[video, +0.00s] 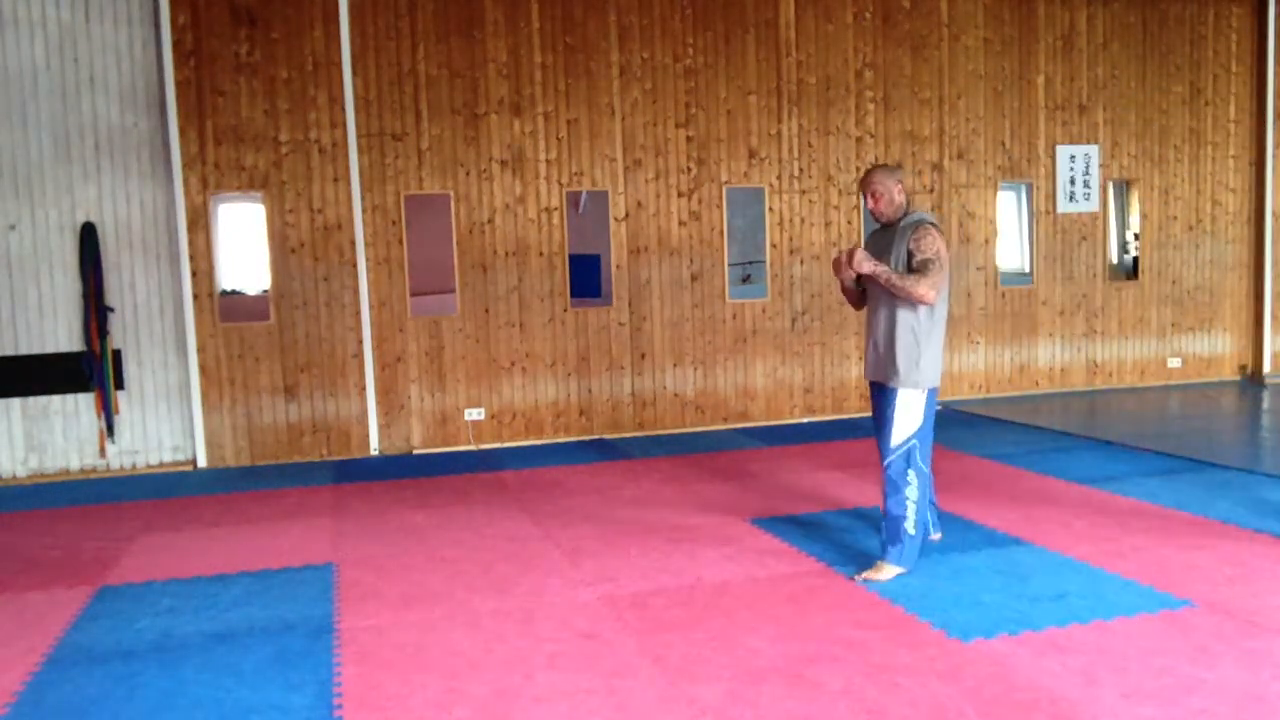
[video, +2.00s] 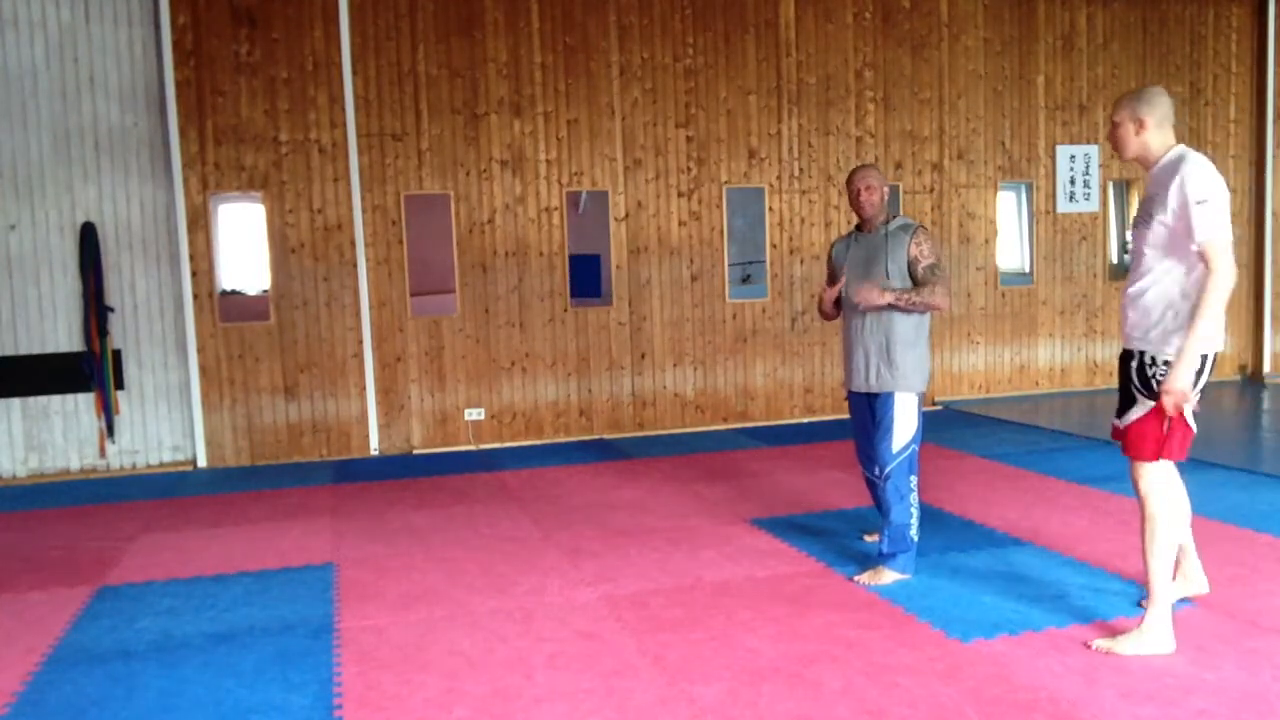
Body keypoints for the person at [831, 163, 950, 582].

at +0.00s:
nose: (871, 204)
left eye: (876, 194)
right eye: (867, 197)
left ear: (899, 191)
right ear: (868, 201)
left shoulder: (924, 233)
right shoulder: (878, 239)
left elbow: (926, 291)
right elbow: (861, 301)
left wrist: (874, 270)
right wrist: (847, 280)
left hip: (913, 366)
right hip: (884, 363)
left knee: (899, 460)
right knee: (903, 454)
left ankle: (899, 554)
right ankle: (926, 524)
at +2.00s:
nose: (862, 196)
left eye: (869, 189)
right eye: (855, 191)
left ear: (885, 192)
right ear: (848, 200)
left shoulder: (912, 236)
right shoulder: (841, 248)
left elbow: (939, 296)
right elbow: (829, 313)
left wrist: (884, 297)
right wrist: (828, 300)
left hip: (900, 373)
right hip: (859, 373)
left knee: (895, 469)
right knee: (872, 463)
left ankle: (900, 560)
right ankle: (895, 527)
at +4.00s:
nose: (881, 194)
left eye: (886, 186)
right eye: (872, 189)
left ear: (897, 188)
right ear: (861, 198)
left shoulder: (922, 230)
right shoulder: (858, 244)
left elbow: (937, 281)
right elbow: (832, 304)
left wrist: (876, 278)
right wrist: (834, 288)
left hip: (917, 367)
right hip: (879, 369)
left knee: (903, 465)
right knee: (904, 461)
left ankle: (903, 563)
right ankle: (933, 532)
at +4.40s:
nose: (886, 198)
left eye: (891, 190)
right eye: (877, 195)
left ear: (902, 191)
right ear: (867, 203)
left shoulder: (928, 229)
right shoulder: (866, 244)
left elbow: (927, 268)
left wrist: (869, 247)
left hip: (924, 366)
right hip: (884, 367)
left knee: (908, 461)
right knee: (901, 458)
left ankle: (904, 562)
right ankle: (933, 531)